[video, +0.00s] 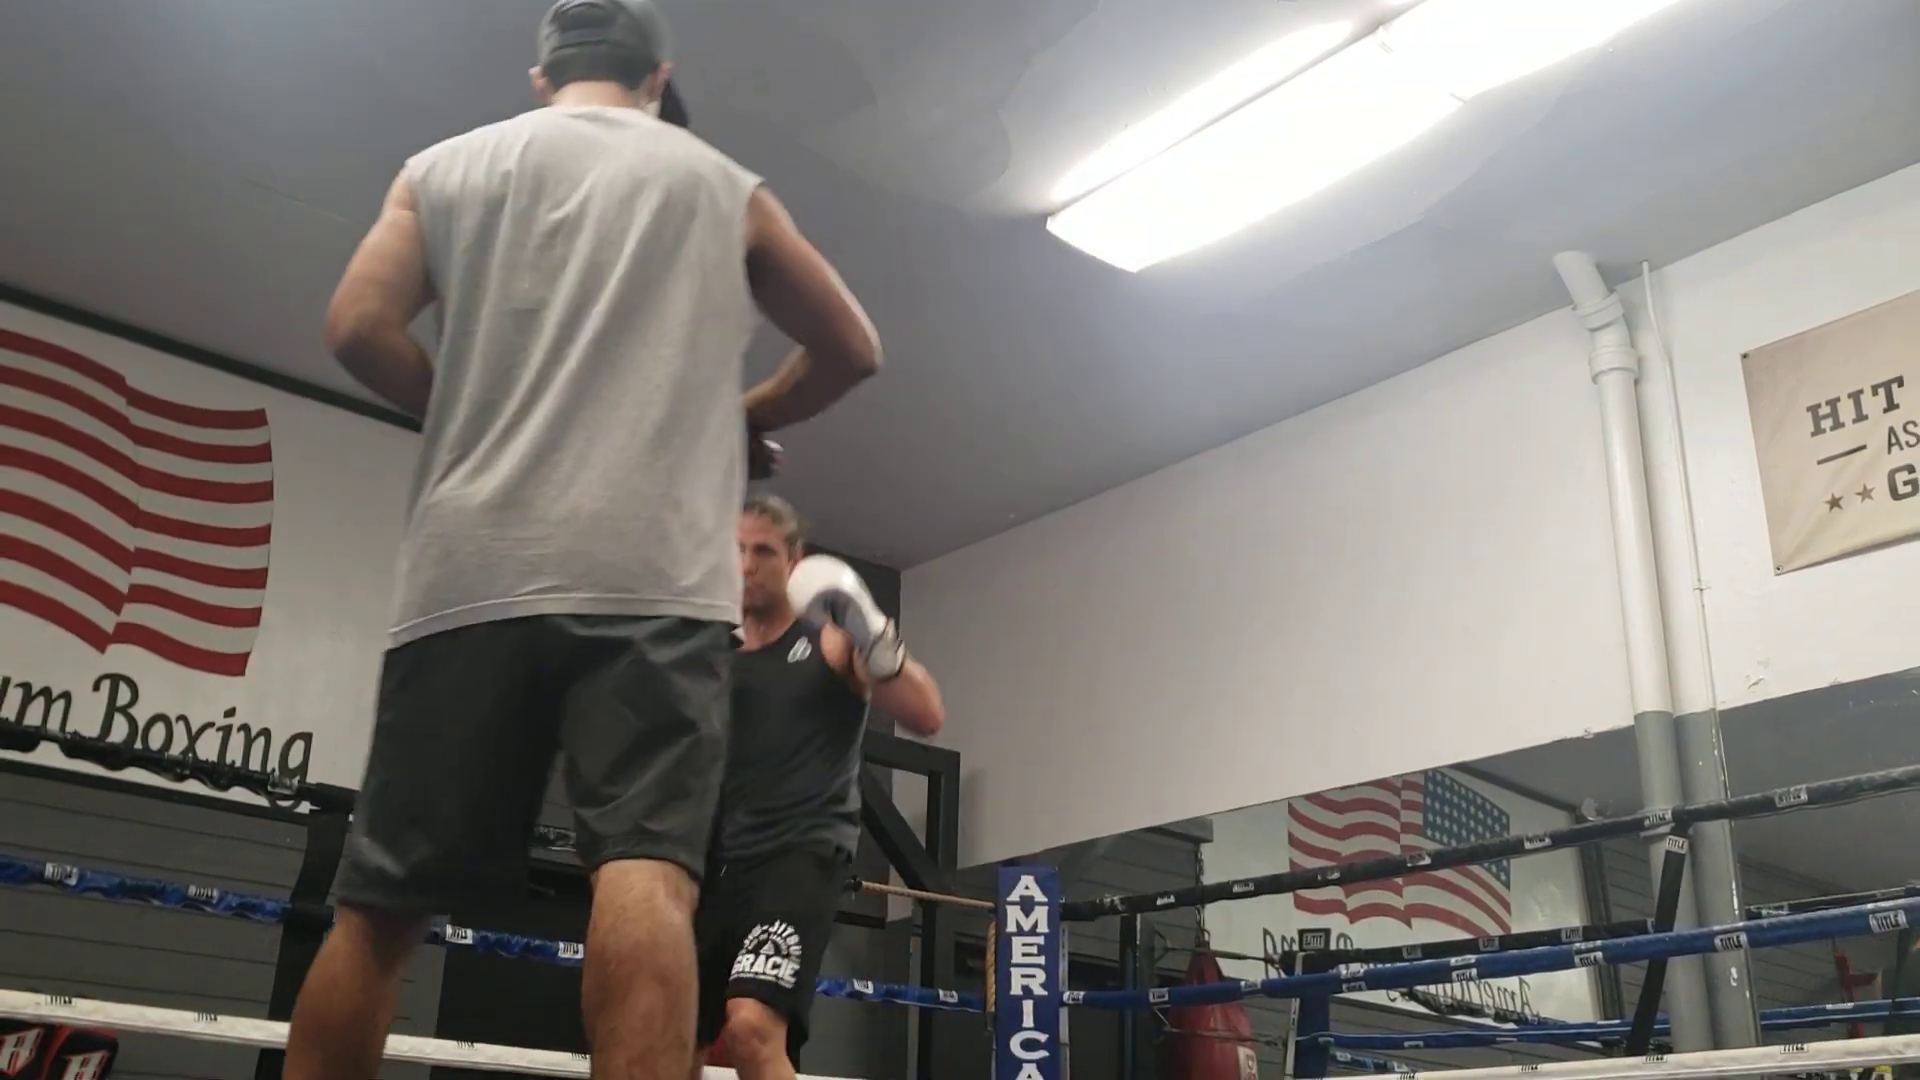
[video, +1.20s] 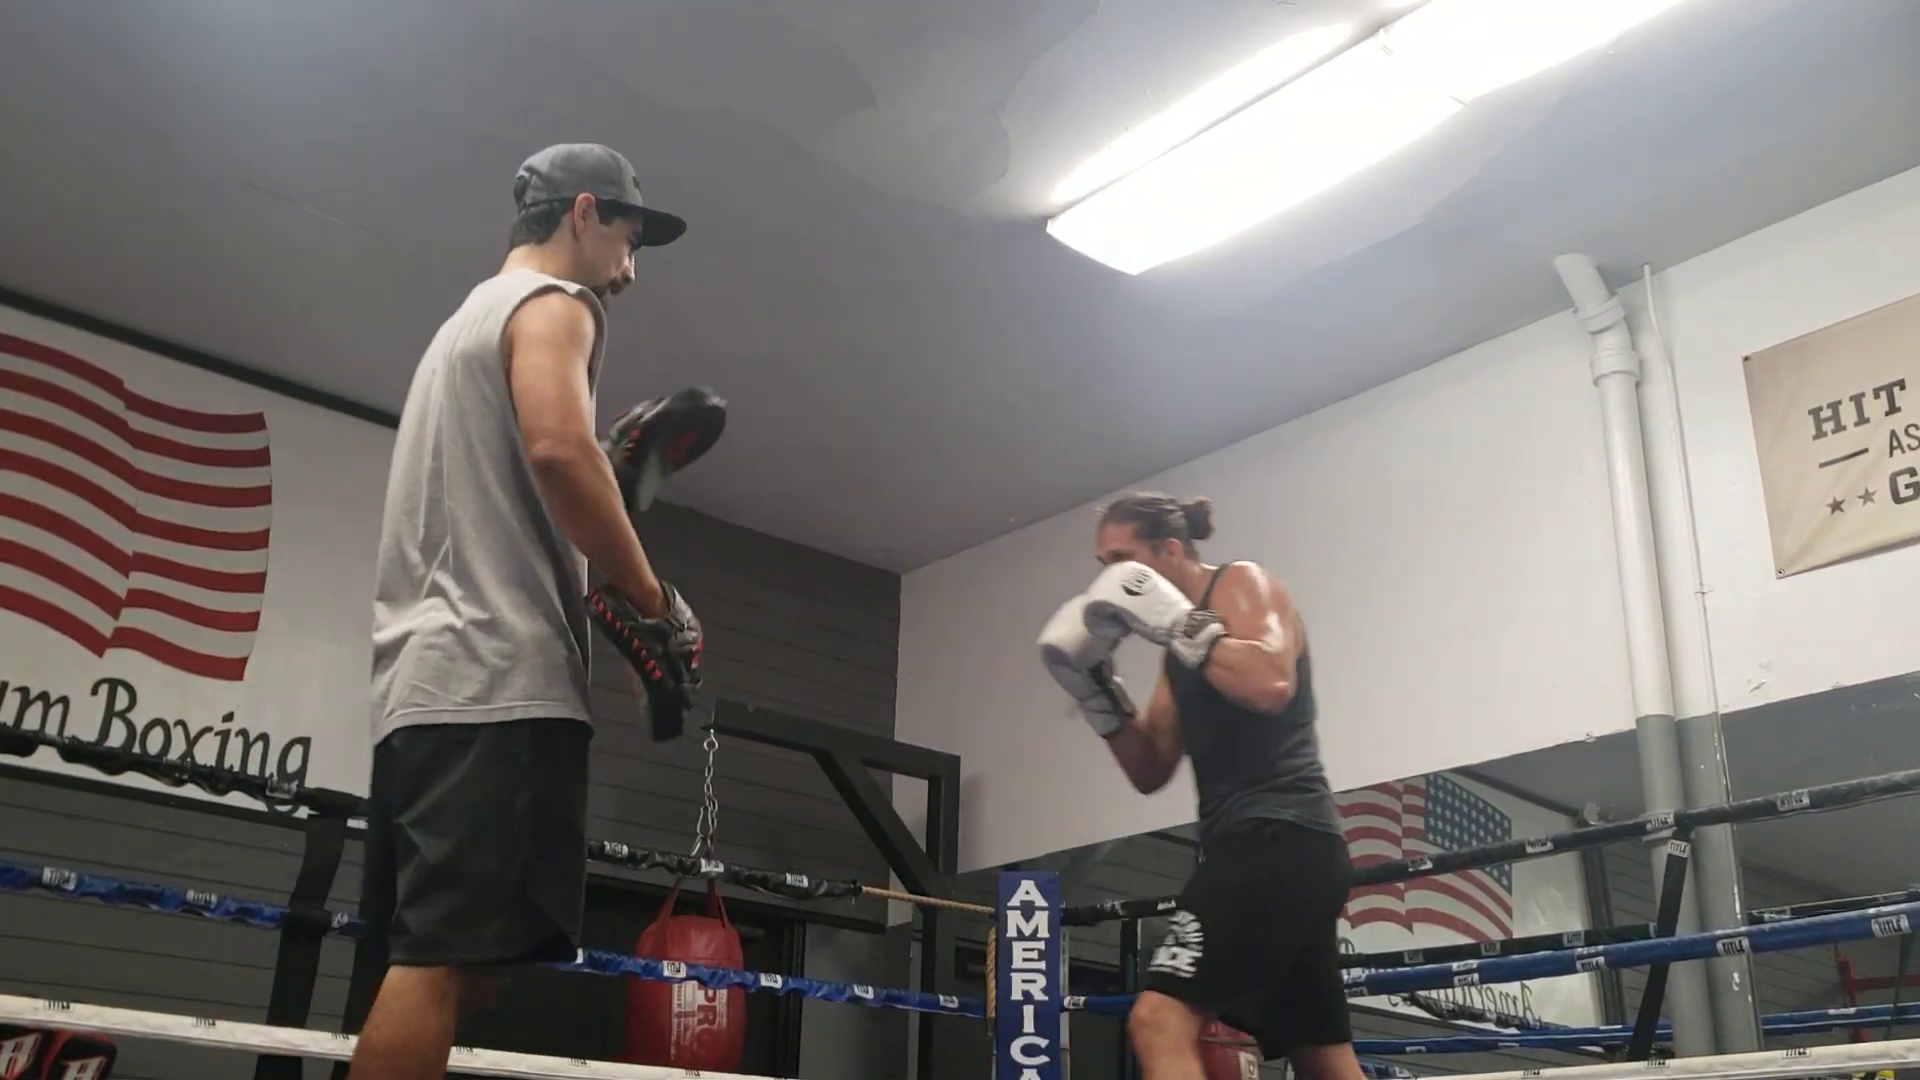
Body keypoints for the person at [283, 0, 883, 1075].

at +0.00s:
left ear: (537, 81)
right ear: (659, 83)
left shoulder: (442, 169)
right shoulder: (725, 184)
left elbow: (360, 325)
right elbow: (852, 347)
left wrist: (465, 411)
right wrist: (746, 419)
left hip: (466, 568)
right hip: (661, 578)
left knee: (378, 906)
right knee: (645, 873)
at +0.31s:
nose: (545, 147)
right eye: (547, 134)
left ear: (424, 125)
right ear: (531, 125)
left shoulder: (326, 202)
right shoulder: (587, 213)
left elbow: (225, 336)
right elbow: (743, 362)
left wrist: (325, 438)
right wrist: (796, 458)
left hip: (360, 596)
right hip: (541, 599)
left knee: (328, 904)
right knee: (549, 904)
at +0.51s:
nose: (545, 203)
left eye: (546, 190)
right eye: (546, 186)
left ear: (424, 161)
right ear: (517, 163)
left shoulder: (308, 245)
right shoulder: (560, 249)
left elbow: (217, 391)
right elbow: (675, 399)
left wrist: (322, 455)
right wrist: (728, 544)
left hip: (326, 617)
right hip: (498, 626)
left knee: (311, 906)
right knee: (473, 927)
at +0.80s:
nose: (608, 257)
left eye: (614, 234)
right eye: (609, 227)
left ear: (495, 197)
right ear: (572, 200)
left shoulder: (360, 290)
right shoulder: (576, 302)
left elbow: (273, 451)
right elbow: (585, 445)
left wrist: (391, 457)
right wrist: (598, 628)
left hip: (303, 643)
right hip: (460, 665)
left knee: (296, 929)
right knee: (428, 963)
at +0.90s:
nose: (618, 264)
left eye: (624, 239)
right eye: (619, 232)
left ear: (514, 203)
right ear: (581, 205)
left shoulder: (378, 307)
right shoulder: (579, 305)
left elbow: (306, 465)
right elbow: (582, 452)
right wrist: (601, 643)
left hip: (318, 668)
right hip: (471, 680)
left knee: (289, 948)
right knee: (422, 973)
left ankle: (228, 1074)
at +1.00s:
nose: (622, 264)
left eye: (629, 240)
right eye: (623, 232)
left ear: (522, 207)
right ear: (581, 204)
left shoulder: (396, 323)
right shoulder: (573, 305)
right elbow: (585, 457)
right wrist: (624, 636)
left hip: (355, 688)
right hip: (480, 686)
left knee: (316, 961)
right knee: (425, 966)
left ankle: (231, 1071)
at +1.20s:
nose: (631, 266)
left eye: (637, 244)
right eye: (629, 237)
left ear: (547, 223)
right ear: (583, 215)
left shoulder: (470, 324)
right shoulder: (549, 302)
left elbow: (487, 508)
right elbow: (556, 446)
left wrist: (603, 476)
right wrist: (647, 598)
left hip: (435, 688)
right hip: (492, 689)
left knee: (439, 964)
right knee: (435, 968)